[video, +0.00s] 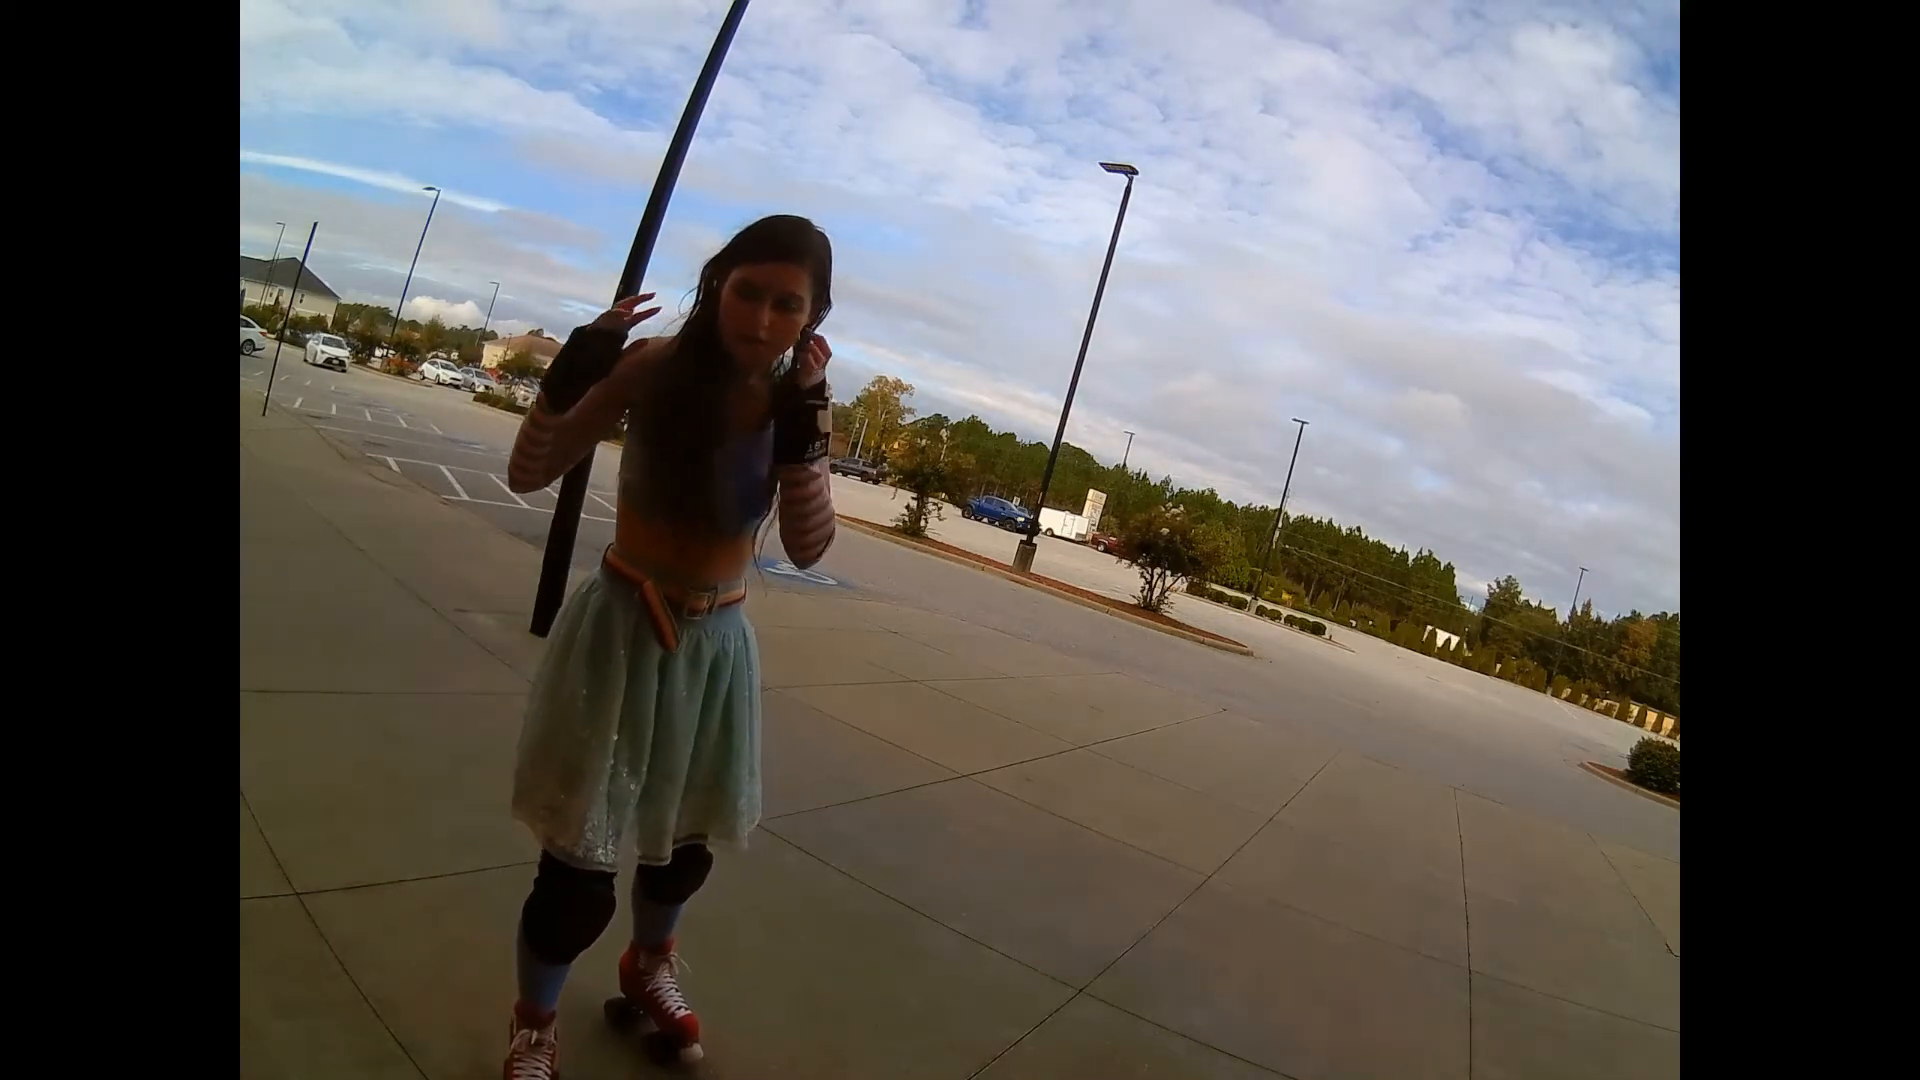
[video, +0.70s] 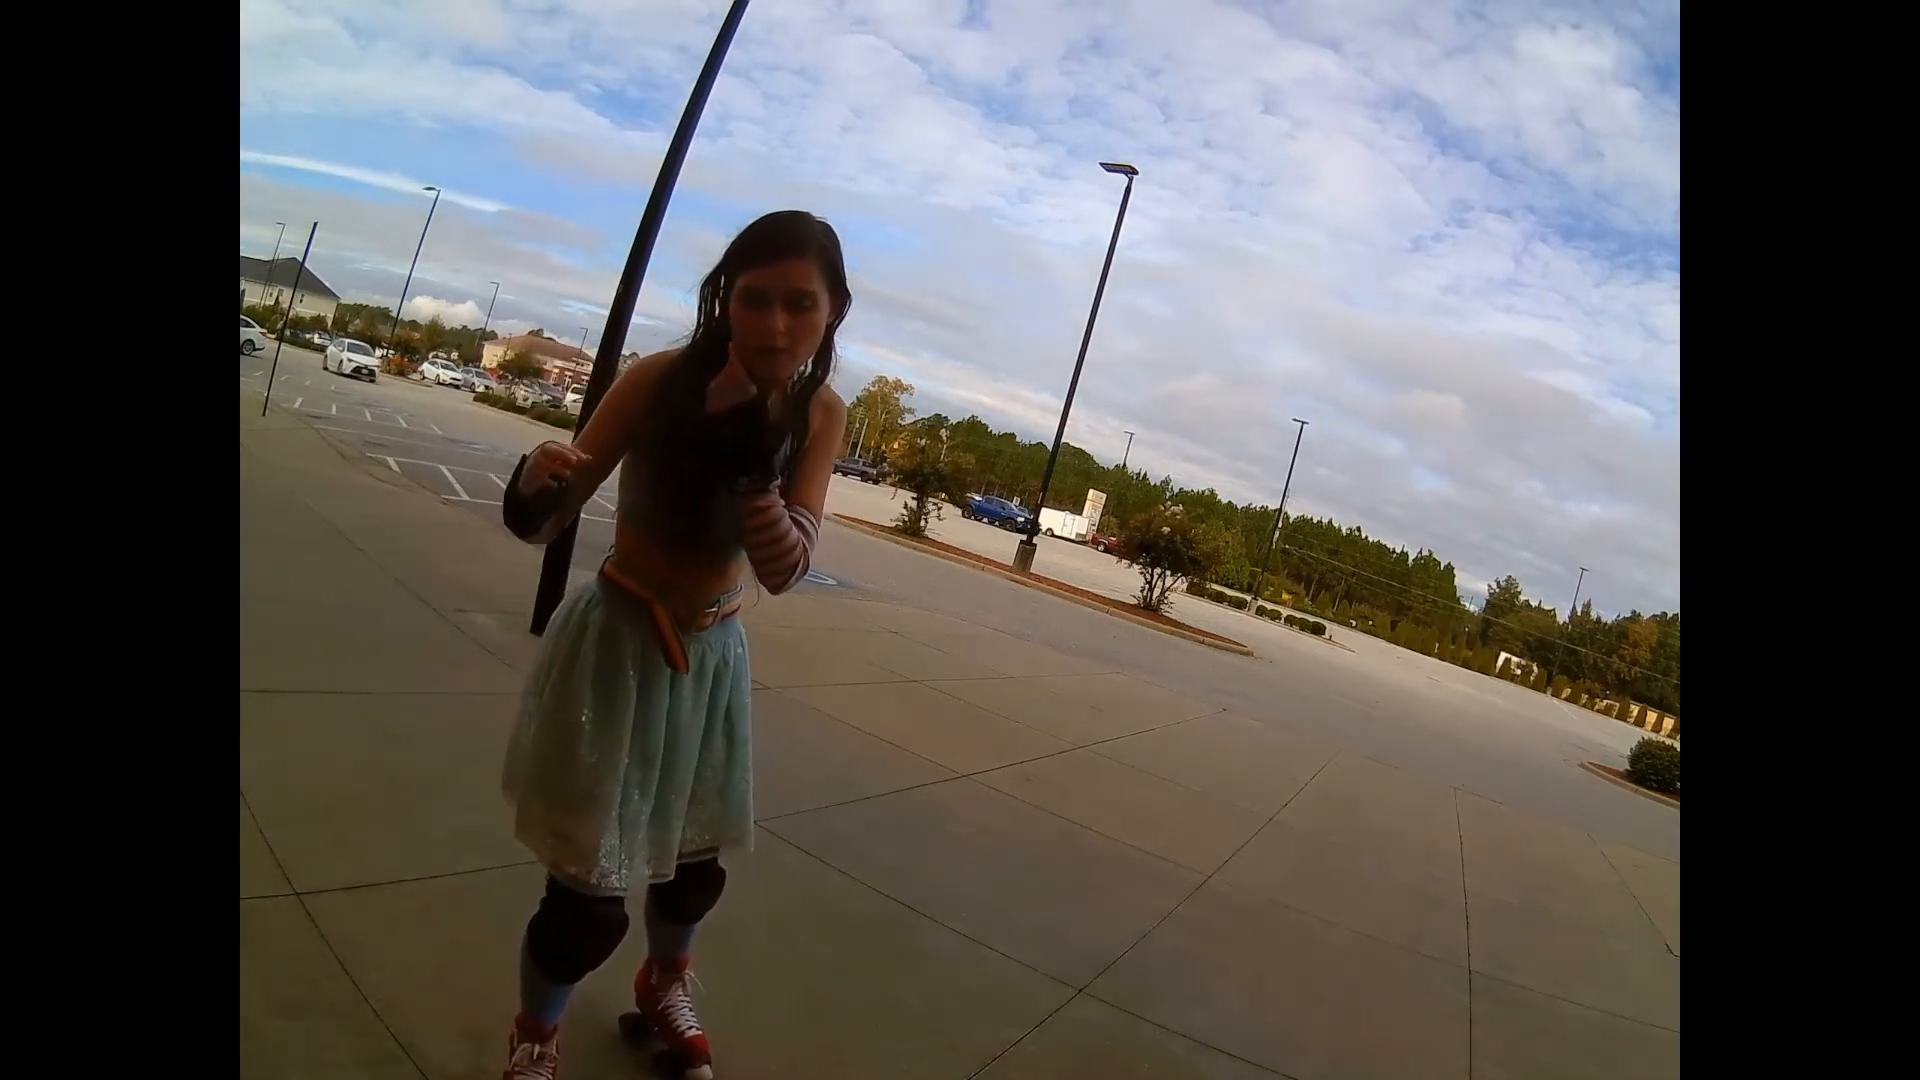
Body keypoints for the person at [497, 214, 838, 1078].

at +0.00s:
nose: (761, 321)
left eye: (786, 305)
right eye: (748, 294)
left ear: (810, 318)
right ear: (715, 288)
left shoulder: (791, 407)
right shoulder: (653, 371)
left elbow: (806, 544)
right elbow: (528, 470)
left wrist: (807, 409)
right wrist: (576, 365)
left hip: (717, 638)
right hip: (621, 626)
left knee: (685, 847)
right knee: (580, 866)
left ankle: (648, 967)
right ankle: (535, 1026)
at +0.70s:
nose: (774, 327)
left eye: (799, 304)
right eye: (755, 300)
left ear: (832, 317)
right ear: (723, 300)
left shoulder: (818, 414)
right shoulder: (658, 384)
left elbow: (784, 568)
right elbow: (533, 516)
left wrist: (771, 514)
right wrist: (537, 479)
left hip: (713, 647)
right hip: (616, 637)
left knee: (694, 868)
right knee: (590, 895)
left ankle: (663, 990)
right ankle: (536, 1041)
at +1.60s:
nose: (842, 293)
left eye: (867, 278)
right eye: (822, 272)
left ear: (893, 305)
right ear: (786, 285)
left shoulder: (884, 408)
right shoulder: (722, 368)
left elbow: (874, 497)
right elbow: (578, 428)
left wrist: (841, 582)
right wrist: (563, 561)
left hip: (771, 671)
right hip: (666, 649)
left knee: (743, 902)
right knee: (602, 906)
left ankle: (717, 1035)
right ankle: (535, 1045)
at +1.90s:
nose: (877, 294)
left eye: (898, 282)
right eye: (856, 270)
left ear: (912, 309)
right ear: (808, 282)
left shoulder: (891, 415)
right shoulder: (726, 369)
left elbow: (885, 526)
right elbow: (580, 431)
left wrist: (846, 619)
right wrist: (576, 568)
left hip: (779, 673)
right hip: (668, 647)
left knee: (748, 901)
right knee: (602, 898)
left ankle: (719, 1037)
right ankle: (536, 1034)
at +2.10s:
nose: (920, 309)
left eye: (926, 291)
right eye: (901, 285)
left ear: (914, 304)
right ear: (837, 283)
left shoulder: (886, 411)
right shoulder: (726, 369)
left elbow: (893, 525)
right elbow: (582, 438)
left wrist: (853, 620)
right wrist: (582, 580)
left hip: (782, 673)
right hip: (671, 649)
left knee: (751, 901)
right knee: (604, 895)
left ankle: (718, 1037)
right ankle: (535, 1032)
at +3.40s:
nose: (856, 284)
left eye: (869, 271)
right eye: (837, 264)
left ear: (876, 287)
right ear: (785, 268)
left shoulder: (864, 398)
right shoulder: (704, 369)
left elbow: (907, 555)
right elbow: (661, 525)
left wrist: (922, 457)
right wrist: (772, 441)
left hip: (786, 665)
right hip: (684, 647)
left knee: (754, 907)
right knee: (610, 906)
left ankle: (721, 1038)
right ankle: (536, 1033)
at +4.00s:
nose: (866, 302)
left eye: (880, 286)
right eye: (848, 279)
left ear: (886, 295)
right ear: (794, 274)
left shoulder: (871, 406)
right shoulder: (707, 372)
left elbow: (908, 567)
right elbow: (654, 525)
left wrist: (910, 482)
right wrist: (765, 508)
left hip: (789, 669)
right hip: (686, 651)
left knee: (757, 904)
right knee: (614, 905)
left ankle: (722, 1037)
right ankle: (536, 1034)